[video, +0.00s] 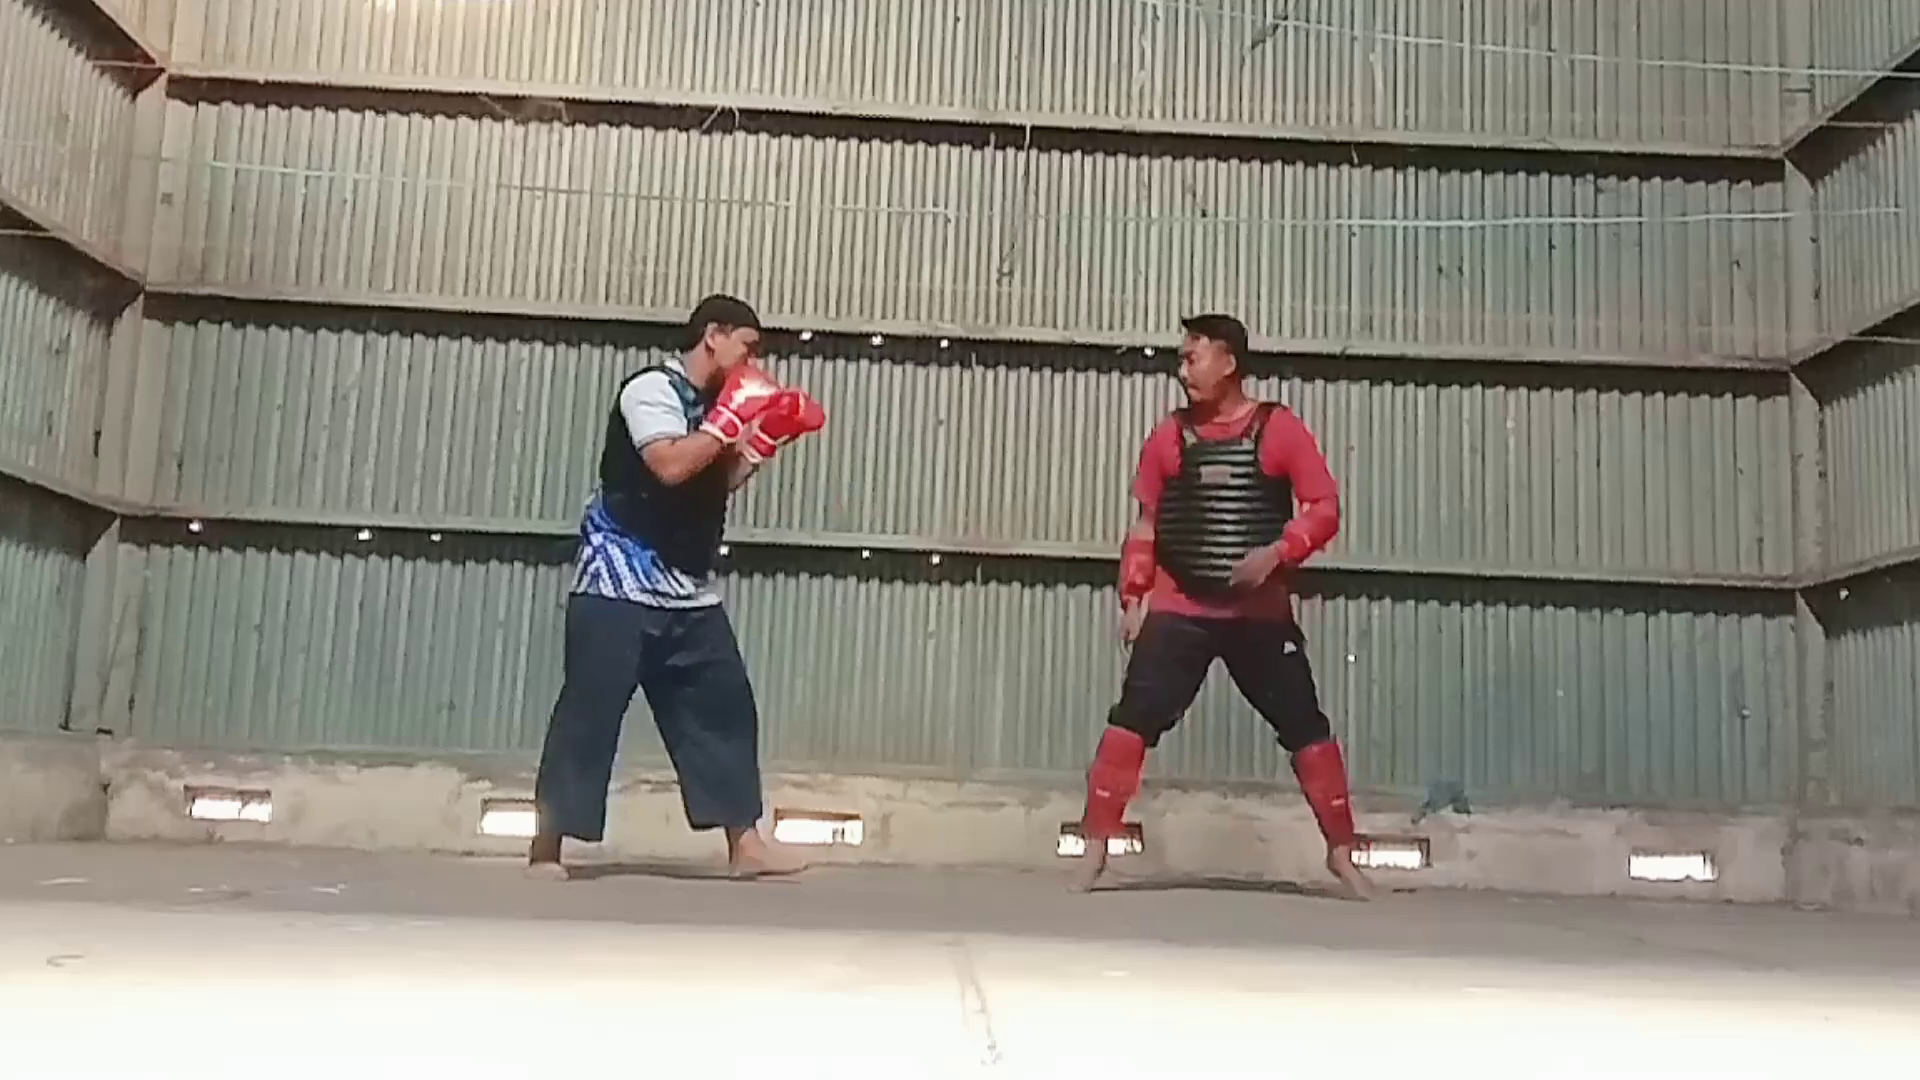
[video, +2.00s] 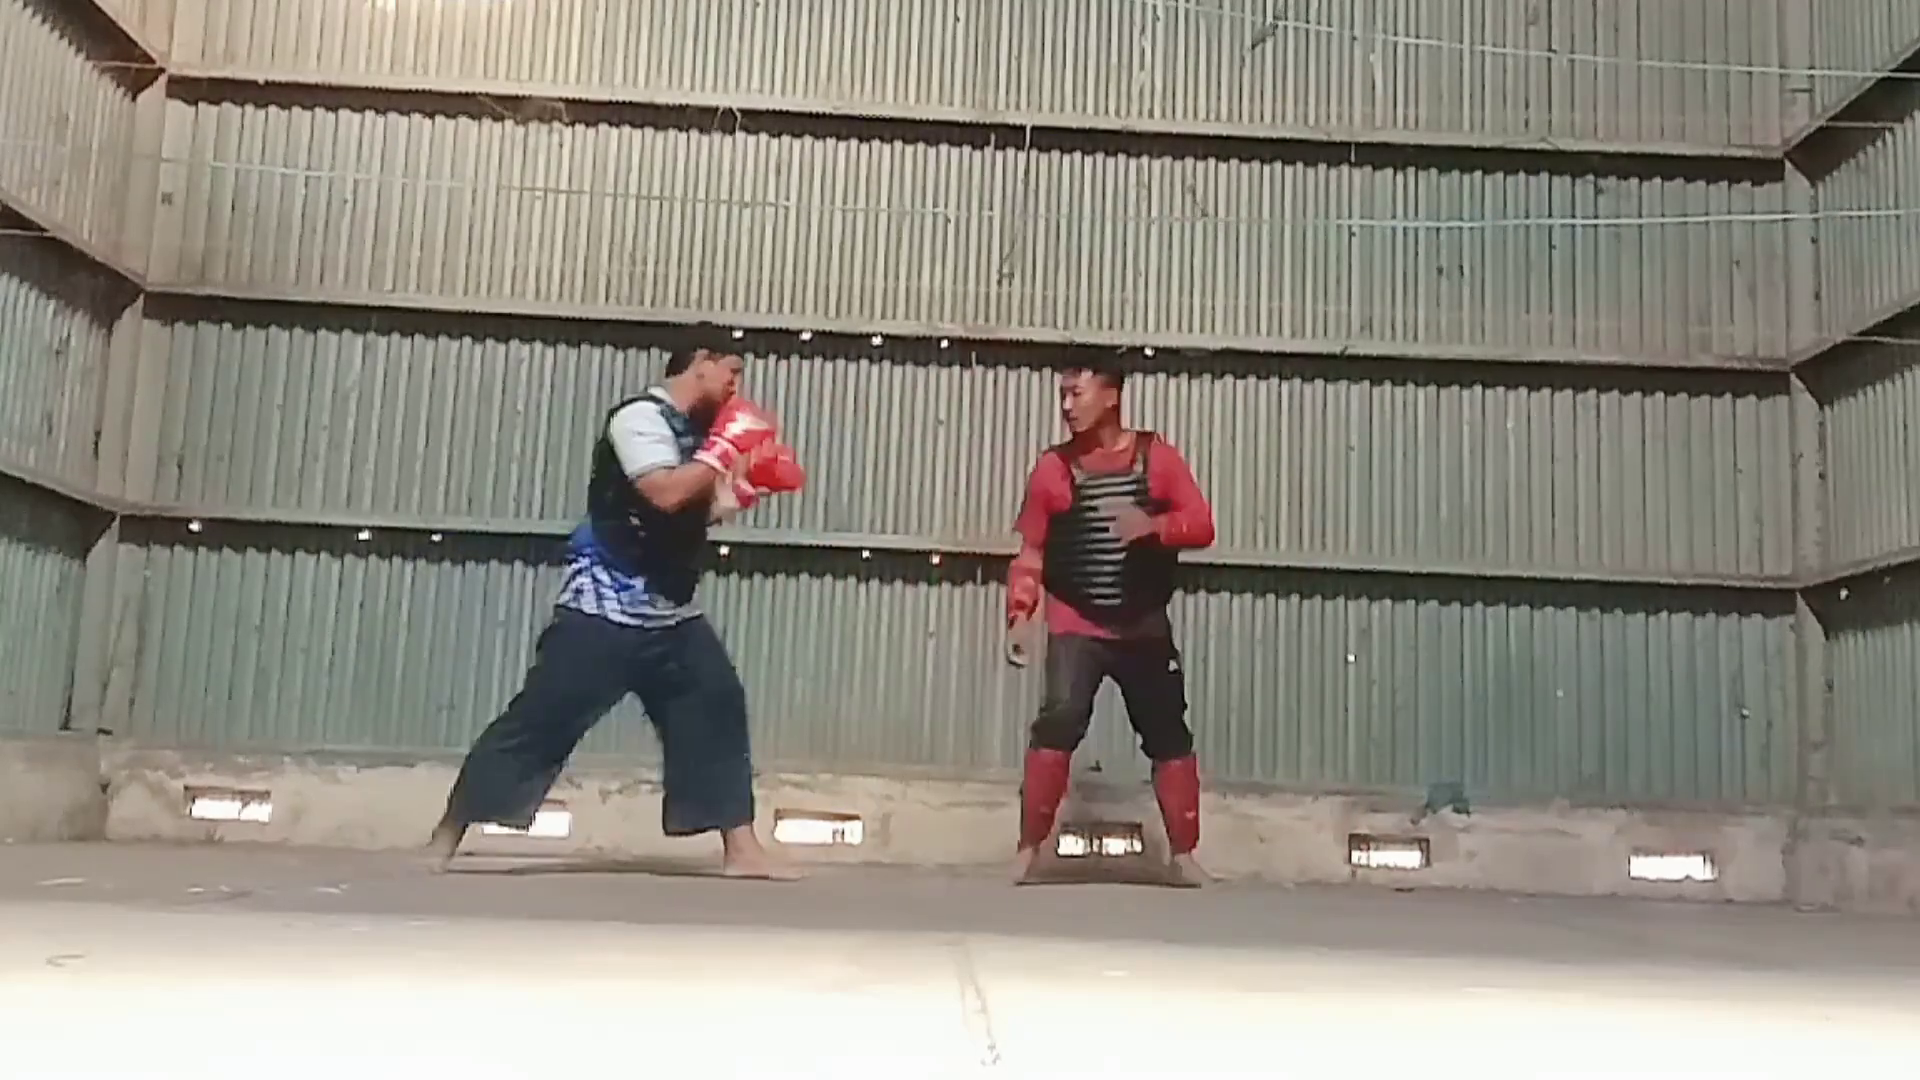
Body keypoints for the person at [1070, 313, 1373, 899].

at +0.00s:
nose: (1185, 368)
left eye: (1196, 358)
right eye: (1184, 358)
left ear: (1231, 363)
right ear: (1192, 365)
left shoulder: (1278, 428)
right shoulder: (1168, 437)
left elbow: (1324, 508)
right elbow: (1146, 519)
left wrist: (1275, 554)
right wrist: (1134, 591)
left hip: (1258, 616)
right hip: (1178, 613)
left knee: (1304, 726)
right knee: (1133, 718)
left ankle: (1342, 851)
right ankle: (1095, 848)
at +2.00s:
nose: (1066, 404)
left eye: (1076, 393)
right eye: (1063, 395)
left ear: (1112, 395)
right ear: (1065, 400)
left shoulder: (1156, 456)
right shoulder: (1054, 468)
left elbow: (1201, 526)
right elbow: (1031, 548)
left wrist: (1151, 525)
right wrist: (1023, 600)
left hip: (1143, 626)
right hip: (1074, 626)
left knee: (1168, 733)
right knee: (1061, 720)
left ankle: (1184, 855)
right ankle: (1034, 847)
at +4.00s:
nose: (1245, 427)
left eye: (1258, 420)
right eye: (1237, 414)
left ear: (1269, 430)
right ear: (1220, 413)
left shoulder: (1235, 488)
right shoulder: (1200, 452)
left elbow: (1199, 561)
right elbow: (1169, 515)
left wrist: (1234, 581)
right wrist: (1227, 562)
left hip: (1134, 593)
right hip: (1120, 569)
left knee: (1106, 724)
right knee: (1111, 641)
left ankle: (1075, 853)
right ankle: (1035, 572)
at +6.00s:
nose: (1354, 342)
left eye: (1361, 328)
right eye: (1354, 329)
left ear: (1396, 328)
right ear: (1391, 330)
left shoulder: (1465, 389)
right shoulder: (1375, 410)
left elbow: (1482, 481)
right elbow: (1366, 500)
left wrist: (1381, 484)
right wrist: (1334, 549)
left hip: (1458, 603)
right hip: (1378, 601)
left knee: (1500, 737)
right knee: (1322, 721)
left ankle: (1535, 890)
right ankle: (1277, 859)